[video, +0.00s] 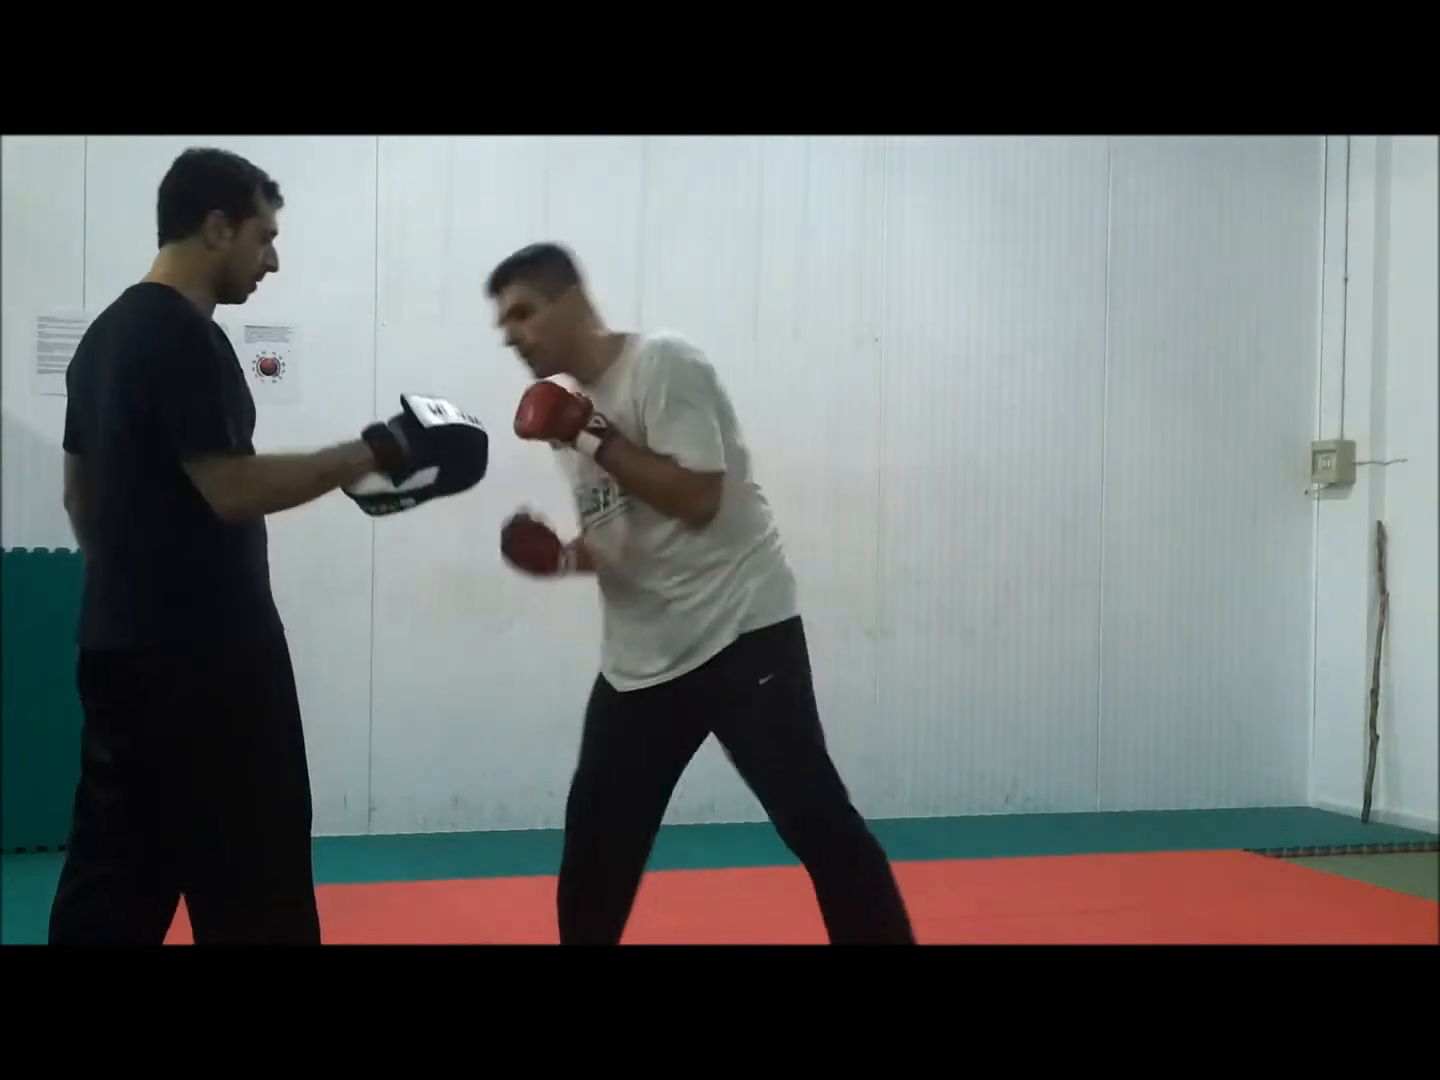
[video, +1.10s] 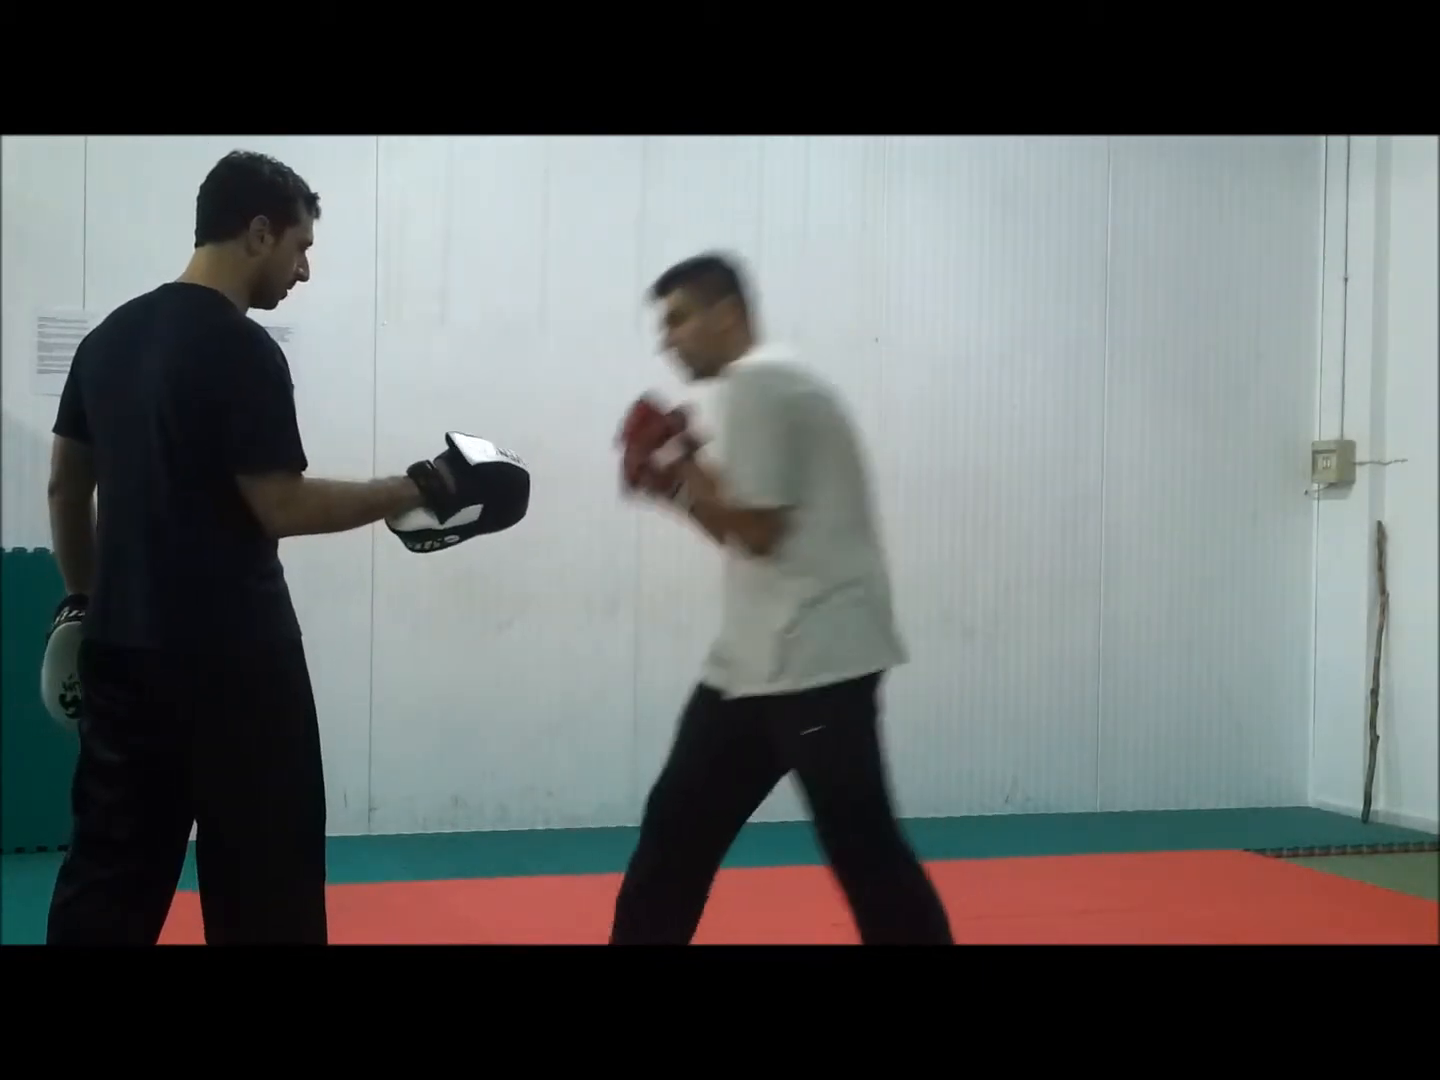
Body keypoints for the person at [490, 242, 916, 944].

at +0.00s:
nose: (509, 335)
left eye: (520, 314)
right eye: (502, 322)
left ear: (573, 301)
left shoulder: (666, 362)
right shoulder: (572, 416)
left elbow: (699, 497)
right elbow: (619, 544)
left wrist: (591, 433)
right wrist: (562, 555)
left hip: (741, 632)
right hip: (642, 659)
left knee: (819, 826)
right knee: (596, 843)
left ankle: (885, 942)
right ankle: (584, 946)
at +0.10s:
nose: (538, 327)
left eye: (550, 305)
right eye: (533, 311)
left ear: (605, 296)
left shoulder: (687, 369)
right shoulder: (598, 405)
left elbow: (711, 506)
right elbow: (632, 539)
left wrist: (606, 438)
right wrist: (564, 518)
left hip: (749, 640)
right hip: (652, 657)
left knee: (824, 829)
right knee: (605, 844)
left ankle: (897, 941)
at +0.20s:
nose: (601, 314)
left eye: (616, 295)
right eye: (599, 299)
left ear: (668, 291)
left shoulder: (747, 376)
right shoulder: (648, 398)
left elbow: (756, 519)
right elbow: (657, 530)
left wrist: (679, 449)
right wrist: (600, 478)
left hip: (775, 659)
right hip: (677, 666)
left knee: (844, 841)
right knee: (614, 868)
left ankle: (916, 944)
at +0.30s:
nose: (654, 313)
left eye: (670, 294)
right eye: (652, 297)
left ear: (721, 294)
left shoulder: (798, 385)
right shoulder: (683, 401)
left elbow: (799, 528)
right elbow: (682, 533)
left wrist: (714, 454)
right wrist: (636, 487)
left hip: (802, 669)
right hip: (698, 674)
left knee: (864, 856)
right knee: (621, 874)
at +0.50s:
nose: (751, 291)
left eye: (769, 274)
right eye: (750, 276)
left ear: (826, 278)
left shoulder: (894, 379)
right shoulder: (760, 385)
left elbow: (884, 522)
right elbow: (739, 524)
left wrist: (808, 417)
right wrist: (717, 446)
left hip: (870, 657)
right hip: (762, 656)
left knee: (909, 851)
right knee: (678, 823)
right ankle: (641, 943)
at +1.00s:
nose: (723, 307)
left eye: (737, 289)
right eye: (721, 292)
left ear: (791, 287)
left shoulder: (862, 377)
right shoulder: (772, 398)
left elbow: (841, 528)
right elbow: (760, 532)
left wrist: (768, 432)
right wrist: (710, 452)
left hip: (867, 660)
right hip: (776, 658)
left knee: (904, 855)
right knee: (690, 829)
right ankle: (656, 947)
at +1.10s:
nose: (668, 339)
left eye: (679, 319)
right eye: (664, 324)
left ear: (730, 312)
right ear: (728, 320)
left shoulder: (763, 386)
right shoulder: (767, 387)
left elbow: (758, 529)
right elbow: (755, 527)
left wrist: (687, 470)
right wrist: (676, 486)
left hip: (818, 666)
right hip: (753, 664)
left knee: (865, 849)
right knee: (673, 844)